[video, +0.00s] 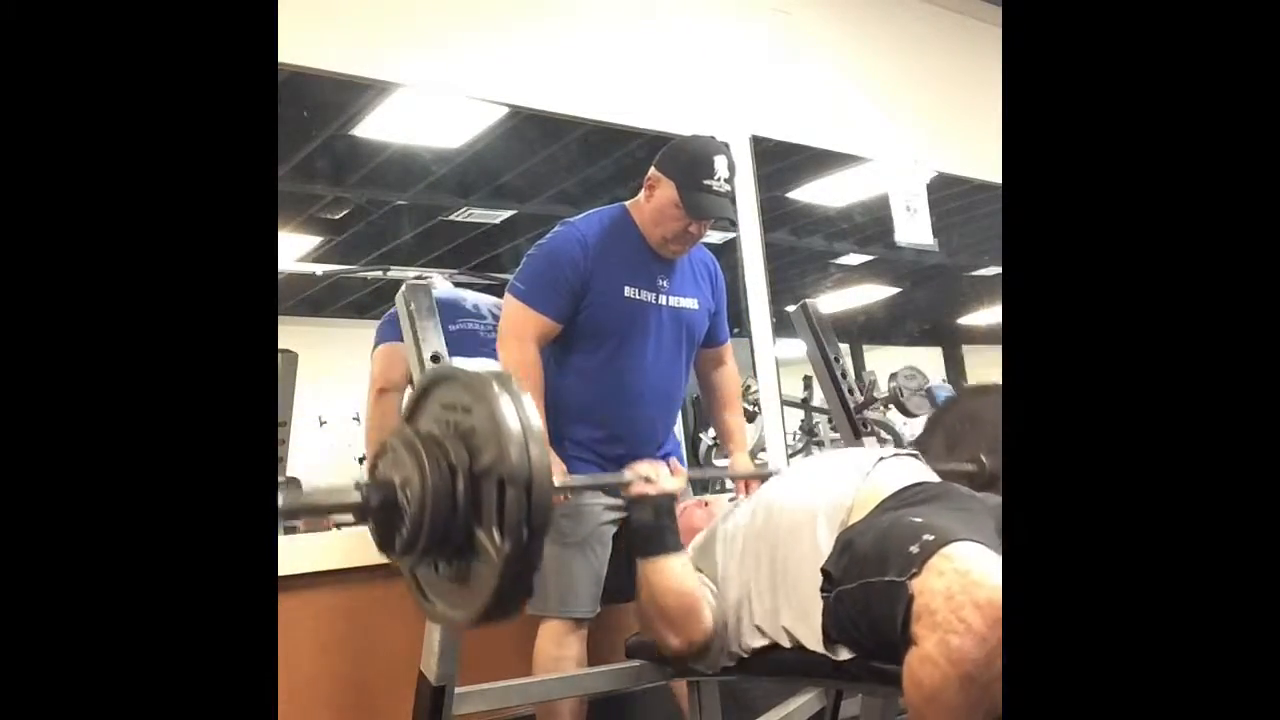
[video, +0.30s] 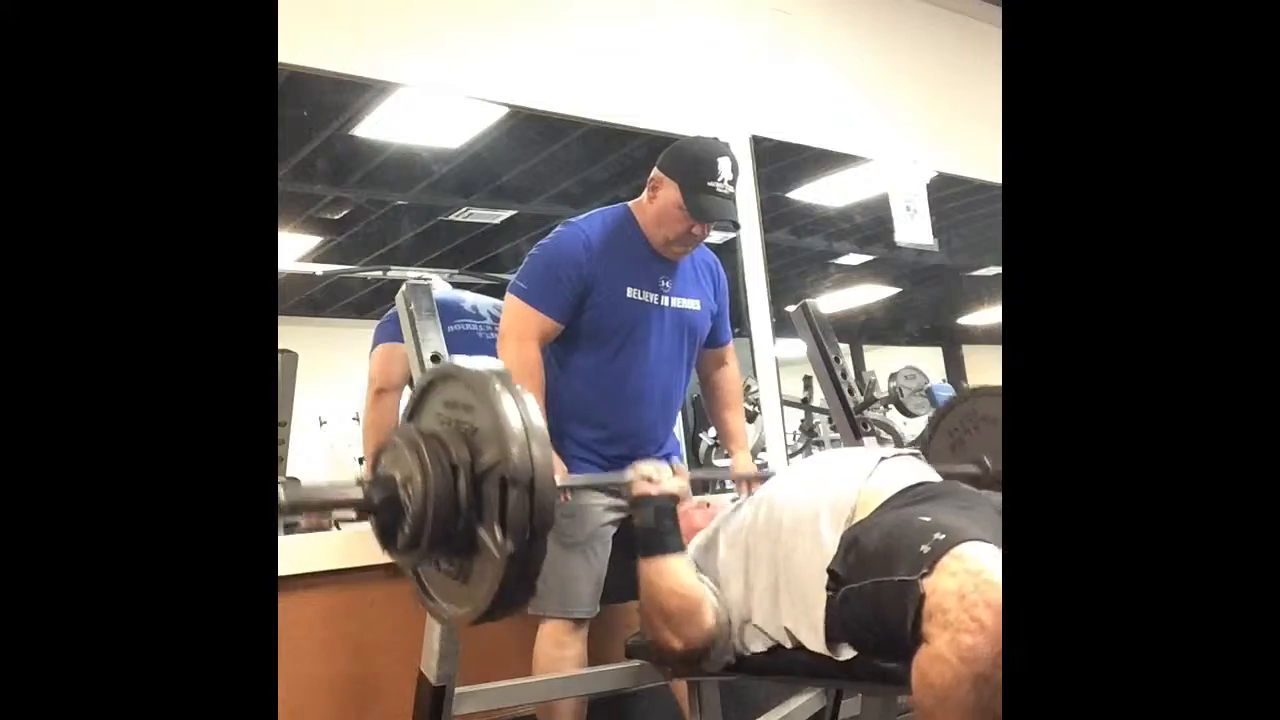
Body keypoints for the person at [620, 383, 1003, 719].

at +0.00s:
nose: (694, 500)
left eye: (694, 496)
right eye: (679, 508)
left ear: (713, 498)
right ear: (674, 540)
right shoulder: (694, 573)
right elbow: (682, 639)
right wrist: (650, 514)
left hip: (946, 491)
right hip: (873, 525)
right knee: (980, 612)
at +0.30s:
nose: (698, 500)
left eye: (698, 495)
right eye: (683, 505)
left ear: (713, 500)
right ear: (674, 541)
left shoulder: (765, 506)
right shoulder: (698, 574)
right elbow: (682, 640)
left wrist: (757, 487)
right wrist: (652, 511)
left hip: (956, 492)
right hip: (871, 528)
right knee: (983, 602)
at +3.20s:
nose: (687, 500)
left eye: (685, 495)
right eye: (672, 504)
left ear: (701, 498)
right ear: (672, 539)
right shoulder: (695, 586)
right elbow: (679, 664)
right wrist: (655, 547)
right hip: (877, 527)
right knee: (978, 608)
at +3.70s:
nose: (676, 510)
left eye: (675, 503)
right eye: (660, 516)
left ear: (692, 506)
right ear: (650, 548)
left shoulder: (763, 510)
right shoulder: (681, 598)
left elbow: (884, 484)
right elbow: (641, 554)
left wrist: (873, 434)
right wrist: (629, 436)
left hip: (937, 496)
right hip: (856, 535)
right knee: (975, 593)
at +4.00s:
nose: (678, 505)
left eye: (673, 501)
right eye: (662, 513)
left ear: (686, 505)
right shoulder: (686, 609)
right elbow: (651, 580)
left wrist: (874, 444)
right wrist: (632, 462)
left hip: (935, 496)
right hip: (855, 534)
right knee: (974, 597)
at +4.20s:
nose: (687, 493)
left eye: (685, 488)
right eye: (672, 496)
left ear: (700, 497)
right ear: (661, 529)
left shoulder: (754, 507)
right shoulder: (687, 576)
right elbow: (674, 646)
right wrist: (646, 516)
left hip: (948, 495)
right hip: (869, 528)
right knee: (973, 607)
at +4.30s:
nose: (685, 495)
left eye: (685, 492)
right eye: (671, 502)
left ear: (703, 495)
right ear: (671, 539)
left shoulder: (764, 497)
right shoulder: (696, 581)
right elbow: (680, 667)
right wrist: (653, 543)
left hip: (948, 492)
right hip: (870, 529)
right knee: (974, 609)